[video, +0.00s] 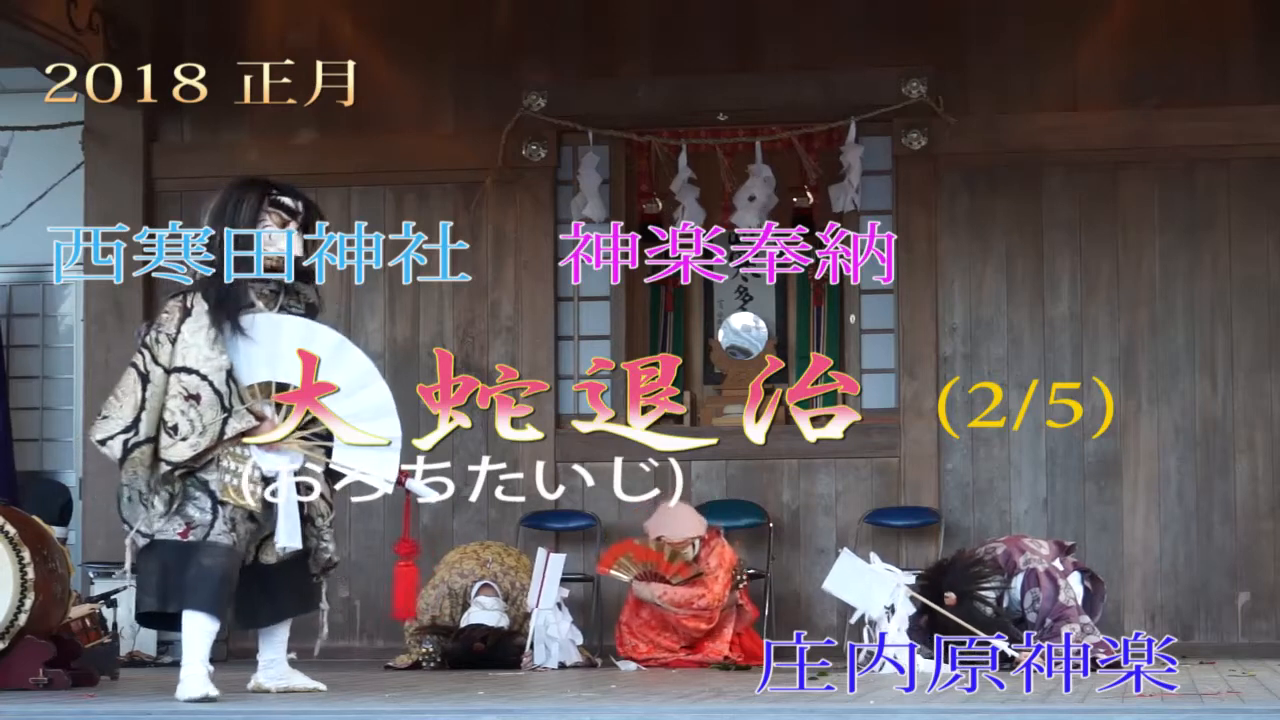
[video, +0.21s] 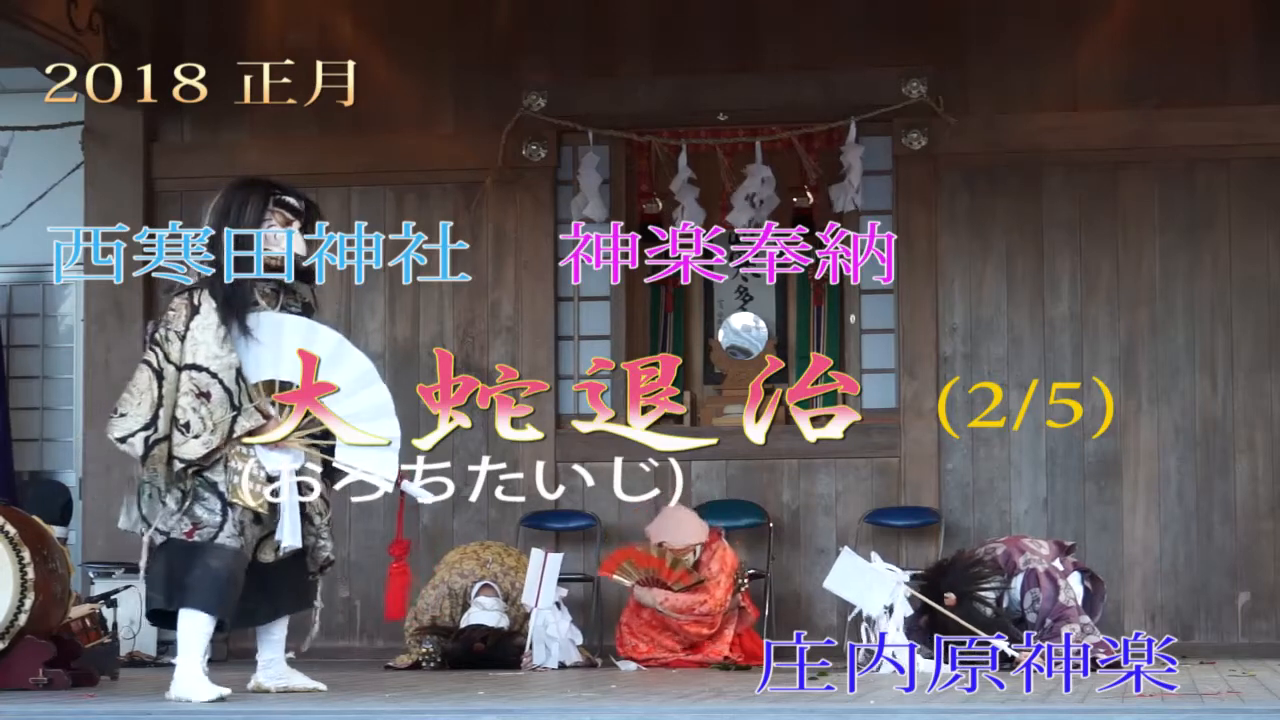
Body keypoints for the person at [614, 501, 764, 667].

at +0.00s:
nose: (675, 554)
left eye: (678, 548)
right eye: (670, 548)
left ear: (692, 539)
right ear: (663, 542)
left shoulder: (717, 549)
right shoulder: (663, 552)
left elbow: (711, 598)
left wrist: (654, 593)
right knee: (640, 598)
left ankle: (711, 650)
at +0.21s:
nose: (674, 559)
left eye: (678, 552)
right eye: (669, 553)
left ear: (694, 546)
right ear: (663, 546)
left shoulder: (720, 554)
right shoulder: (662, 556)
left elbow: (711, 604)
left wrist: (655, 598)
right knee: (636, 610)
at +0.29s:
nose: (676, 561)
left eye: (682, 555)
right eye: (671, 555)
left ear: (696, 548)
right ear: (661, 548)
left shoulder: (719, 554)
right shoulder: (654, 555)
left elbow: (713, 607)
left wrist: (656, 601)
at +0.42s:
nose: (678, 565)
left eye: (683, 558)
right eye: (671, 558)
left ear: (696, 550)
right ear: (661, 552)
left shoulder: (719, 555)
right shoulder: (652, 556)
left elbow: (716, 609)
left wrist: (658, 605)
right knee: (635, 612)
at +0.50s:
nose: (678, 566)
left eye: (684, 559)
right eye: (671, 560)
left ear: (696, 551)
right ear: (661, 553)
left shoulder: (718, 555)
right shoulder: (651, 555)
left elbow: (716, 611)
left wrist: (659, 608)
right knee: (634, 618)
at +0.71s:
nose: (676, 572)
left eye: (682, 565)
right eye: (669, 565)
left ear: (695, 558)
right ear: (658, 556)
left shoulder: (718, 557)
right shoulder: (648, 556)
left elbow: (717, 616)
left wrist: (659, 613)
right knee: (633, 622)